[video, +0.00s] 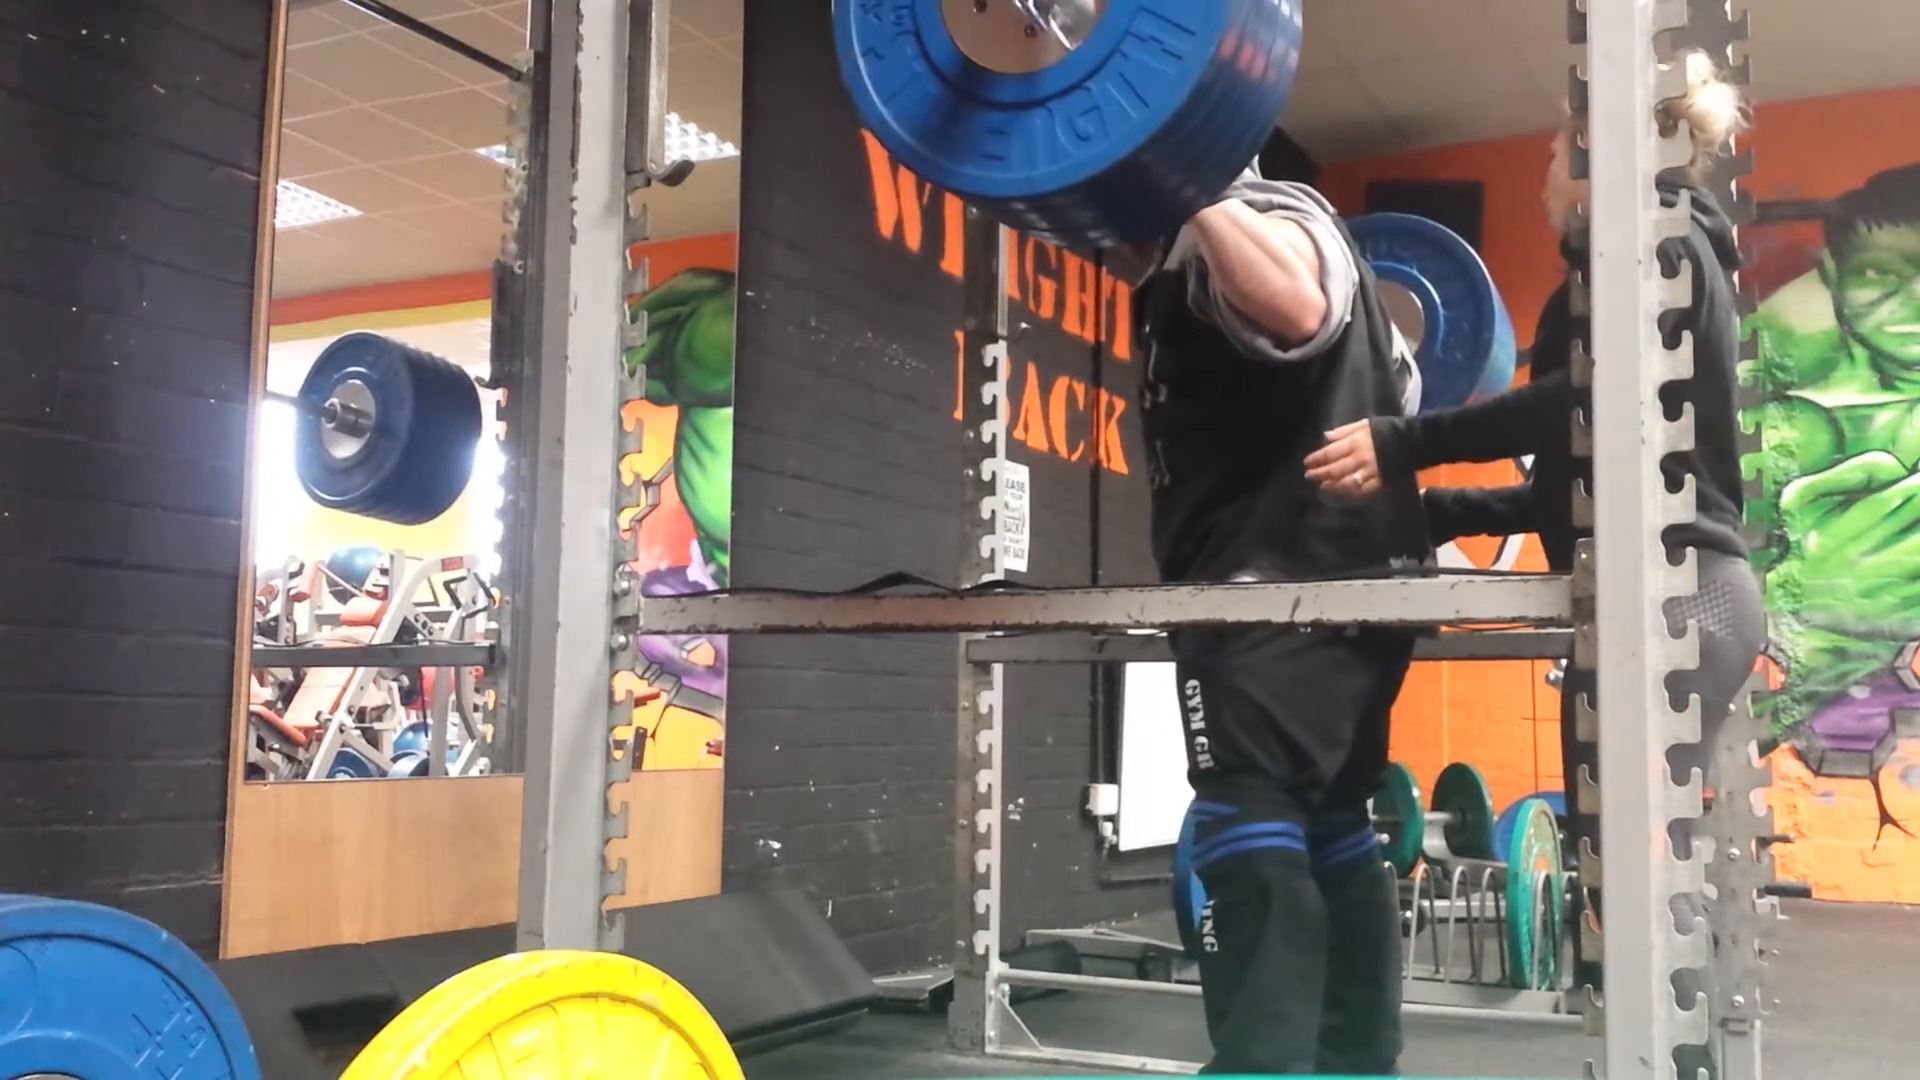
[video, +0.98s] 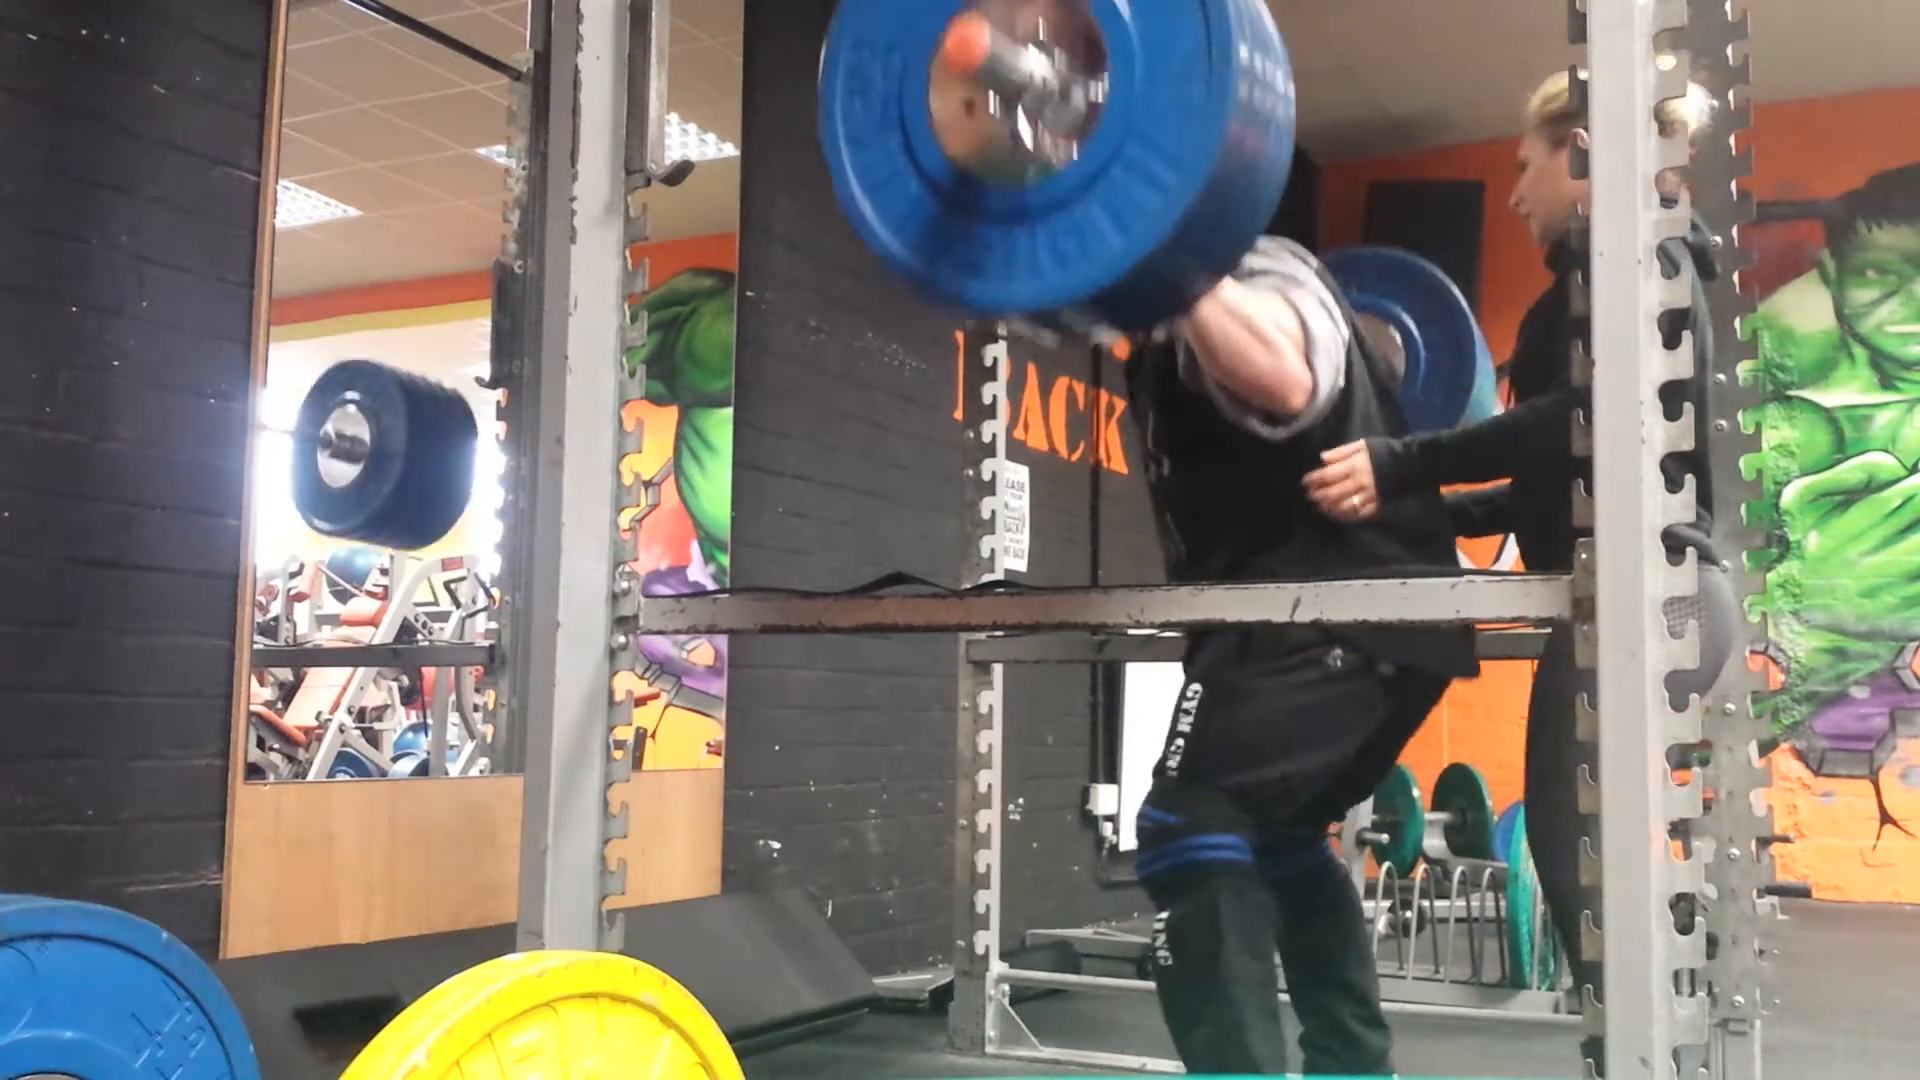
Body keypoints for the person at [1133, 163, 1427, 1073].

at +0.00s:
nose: (1103, 239)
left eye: (1107, 214)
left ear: (1165, 166)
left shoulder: (1259, 212)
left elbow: (1295, 305)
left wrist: (1190, 195)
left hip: (1282, 582)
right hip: (1356, 581)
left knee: (1249, 818)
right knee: (1332, 819)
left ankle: (1261, 1061)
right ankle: (1356, 1059)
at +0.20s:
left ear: (1184, 147)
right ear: (1257, 146)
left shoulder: (1255, 212)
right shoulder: (1319, 230)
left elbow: (1290, 306)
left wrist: (1187, 192)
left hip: (1279, 586)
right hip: (1357, 586)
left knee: (1248, 822)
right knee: (1333, 822)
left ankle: (1261, 1061)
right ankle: (1356, 1060)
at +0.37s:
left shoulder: (1258, 212)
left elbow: (1287, 310)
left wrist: (1177, 190)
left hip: (1276, 583)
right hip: (1347, 584)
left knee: (1245, 824)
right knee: (1329, 821)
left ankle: (1261, 1061)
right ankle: (1355, 1060)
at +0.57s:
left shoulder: (1257, 210)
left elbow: (1286, 311)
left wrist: (1174, 192)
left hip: (1269, 587)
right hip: (1344, 587)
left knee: (1232, 830)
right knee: (1322, 829)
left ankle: (1256, 1062)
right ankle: (1353, 1063)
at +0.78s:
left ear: (1166, 148)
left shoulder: (1251, 223)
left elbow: (1260, 325)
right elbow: (1379, 306)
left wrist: (1170, 193)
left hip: (1290, 595)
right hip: (1340, 591)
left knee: (1227, 820)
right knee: (1312, 820)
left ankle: (1251, 1062)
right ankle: (1349, 1059)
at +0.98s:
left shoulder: (1268, 275)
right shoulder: (1157, 312)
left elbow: (1283, 380)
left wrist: (1173, 266)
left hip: (1326, 616)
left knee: (1189, 829)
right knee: (1282, 833)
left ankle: (1240, 1069)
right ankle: (1351, 1064)